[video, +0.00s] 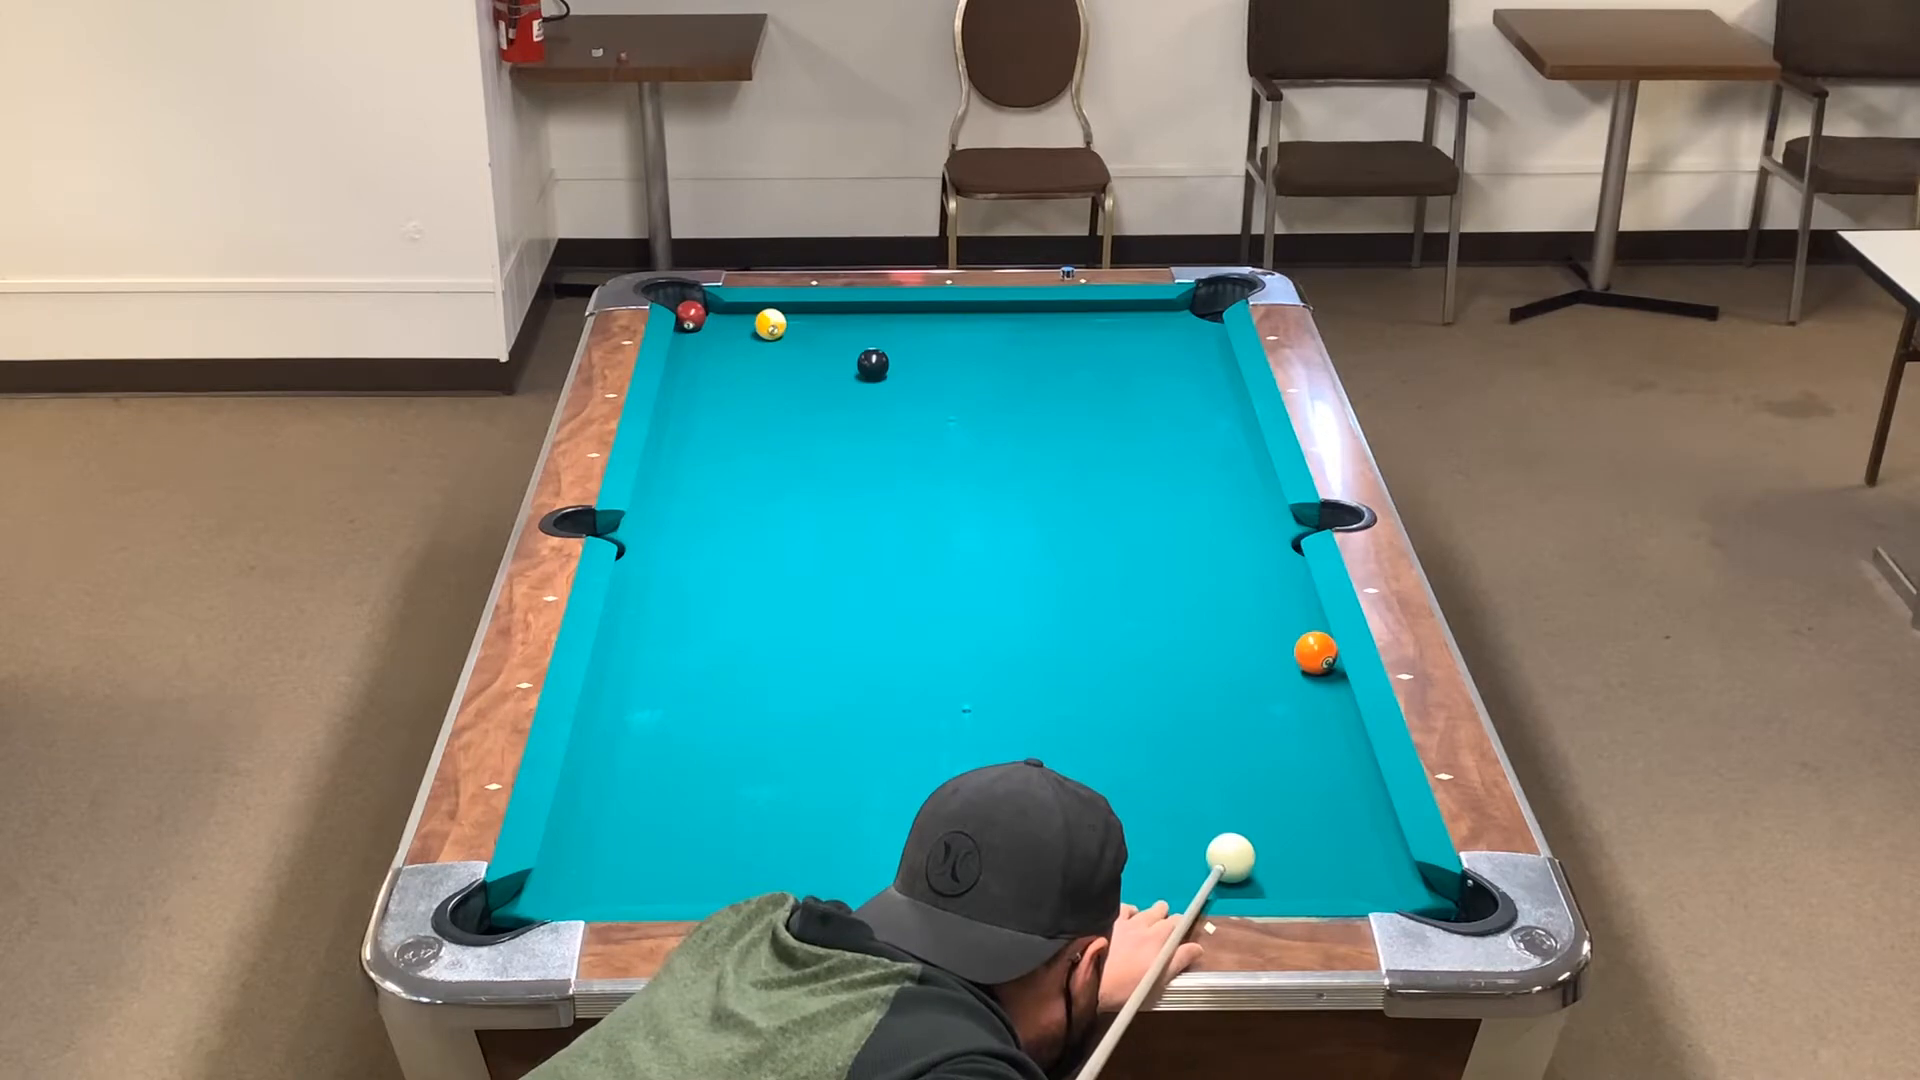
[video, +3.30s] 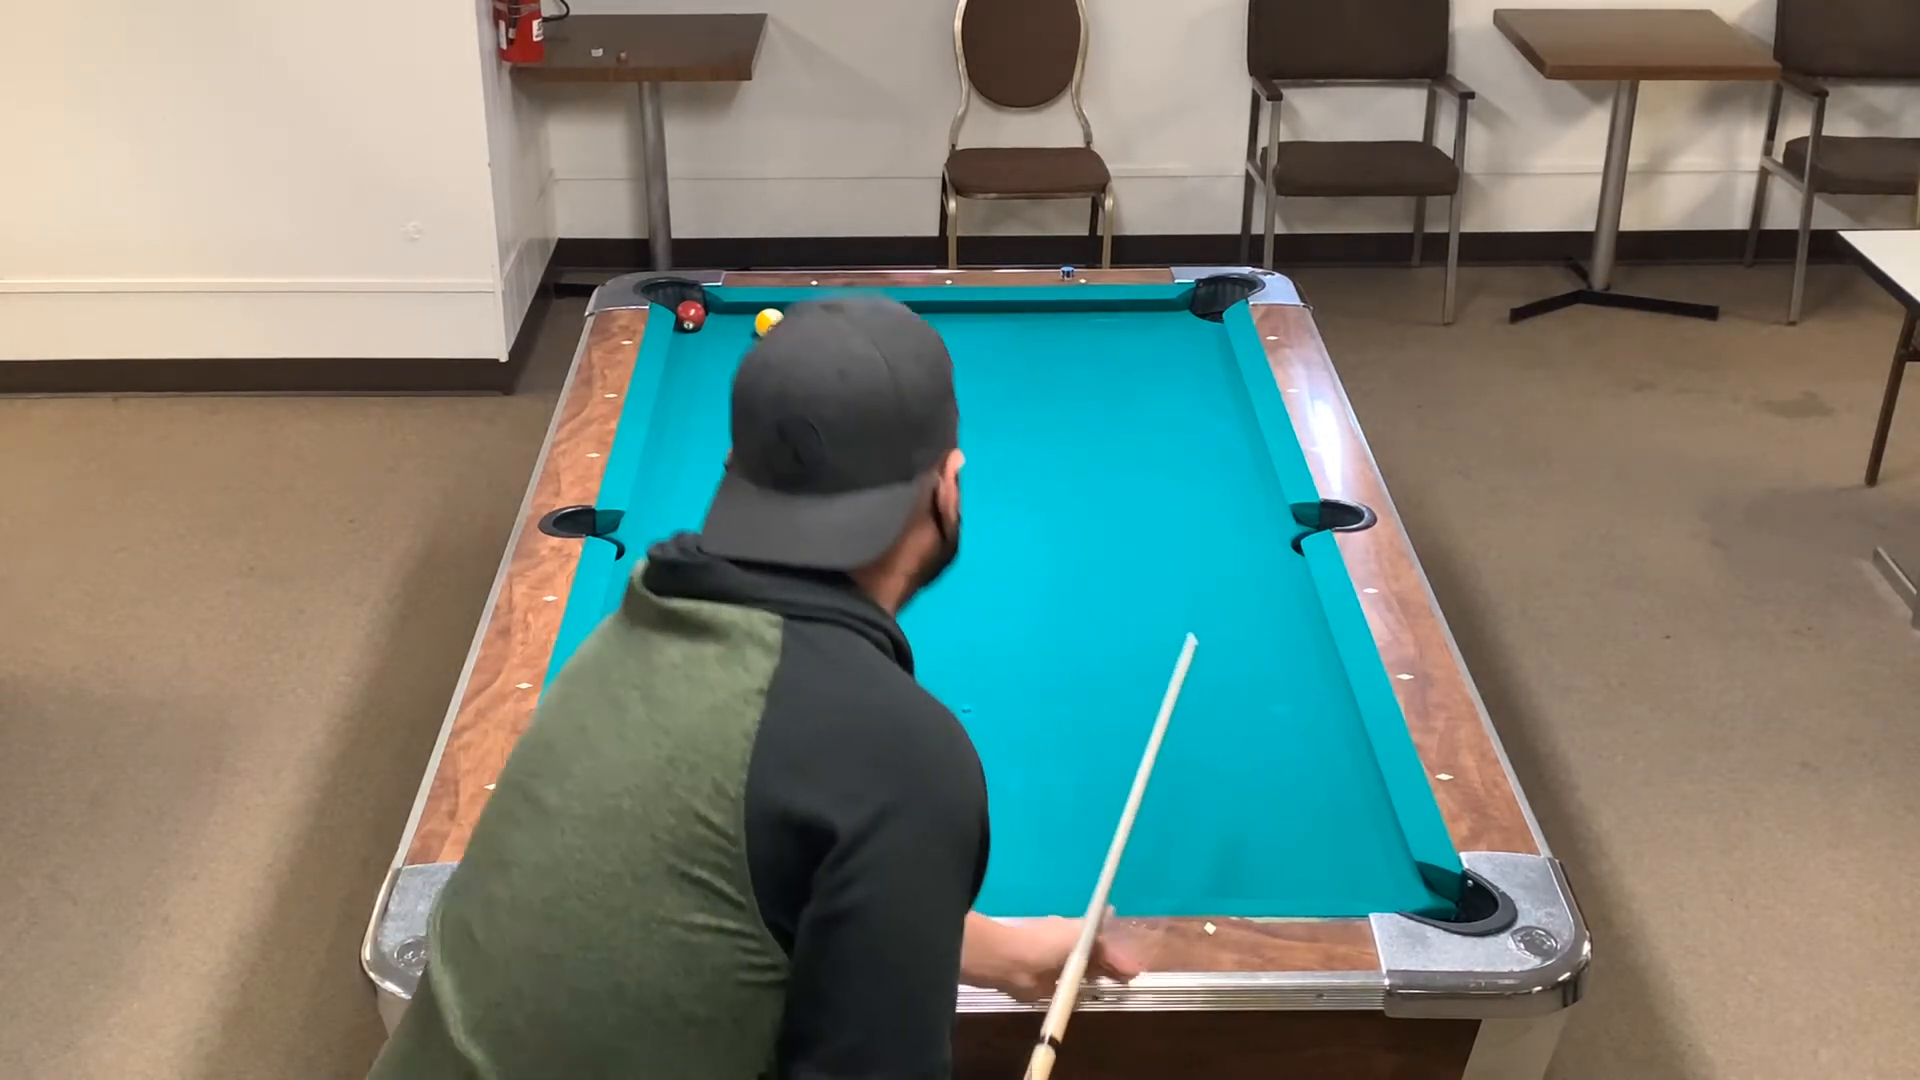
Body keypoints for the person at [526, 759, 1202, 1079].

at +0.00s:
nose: (1107, 953)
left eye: (1106, 941)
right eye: (1107, 942)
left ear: (908, 878)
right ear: (1081, 966)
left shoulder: (751, 922)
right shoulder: (962, 1061)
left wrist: (1075, 1001)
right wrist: (1103, 1018)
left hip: (559, 1066)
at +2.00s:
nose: (1092, 935)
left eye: (1095, 925)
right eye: (1092, 921)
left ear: (903, 850)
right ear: (1073, 940)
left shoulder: (749, 905)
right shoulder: (958, 1050)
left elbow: (904, 993)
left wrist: (1066, 990)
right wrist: (1093, 1001)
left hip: (548, 1063)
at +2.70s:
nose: (1068, 874)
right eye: (1069, 853)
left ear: (878, 786)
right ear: (1055, 867)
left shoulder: (754, 857)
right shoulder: (966, 1031)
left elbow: (859, 1004)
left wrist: (1059, 985)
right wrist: (1074, 988)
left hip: (510, 1052)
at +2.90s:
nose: (1056, 751)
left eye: (1053, 729)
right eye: (1057, 733)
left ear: (854, 688)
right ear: (1040, 759)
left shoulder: (750, 793)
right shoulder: (967, 971)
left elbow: (821, 947)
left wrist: (1057, 972)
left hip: (465, 1044)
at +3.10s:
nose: (1019, 613)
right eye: (1023, 592)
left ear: (806, 578)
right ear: (1003, 620)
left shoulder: (709, 709)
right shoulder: (942, 862)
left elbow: (800, 892)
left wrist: (1040, 955)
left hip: (430, 1048)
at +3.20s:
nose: (991, 552)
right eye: (991, 531)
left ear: (779, 519)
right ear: (974, 557)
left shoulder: (675, 670)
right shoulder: (926, 807)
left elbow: (773, 886)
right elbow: (885, 1068)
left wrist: (1026, 954)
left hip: (417, 1053)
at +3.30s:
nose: (962, 483)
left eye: (953, 458)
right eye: (959, 463)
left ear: (752, 461)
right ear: (942, 491)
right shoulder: (900, 755)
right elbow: (870, 1061)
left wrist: (1016, 952)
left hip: (425, 1047)